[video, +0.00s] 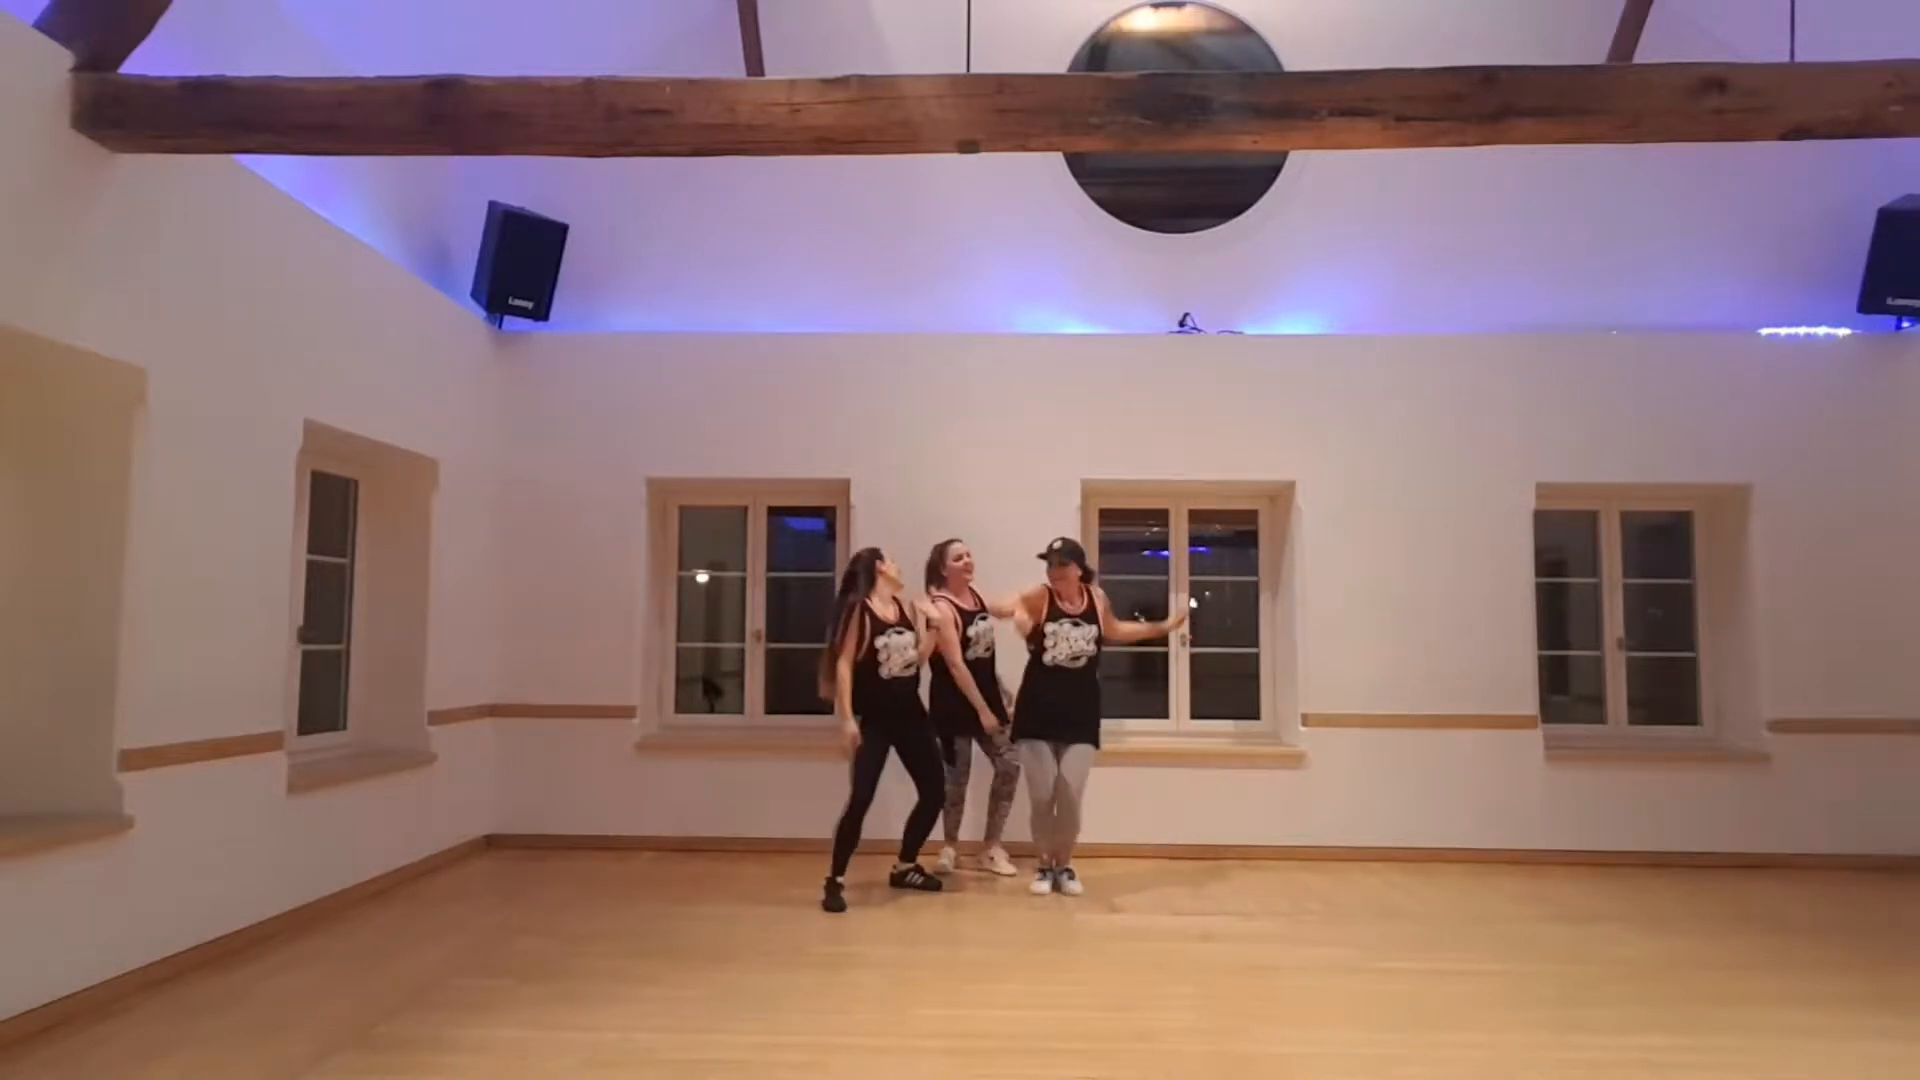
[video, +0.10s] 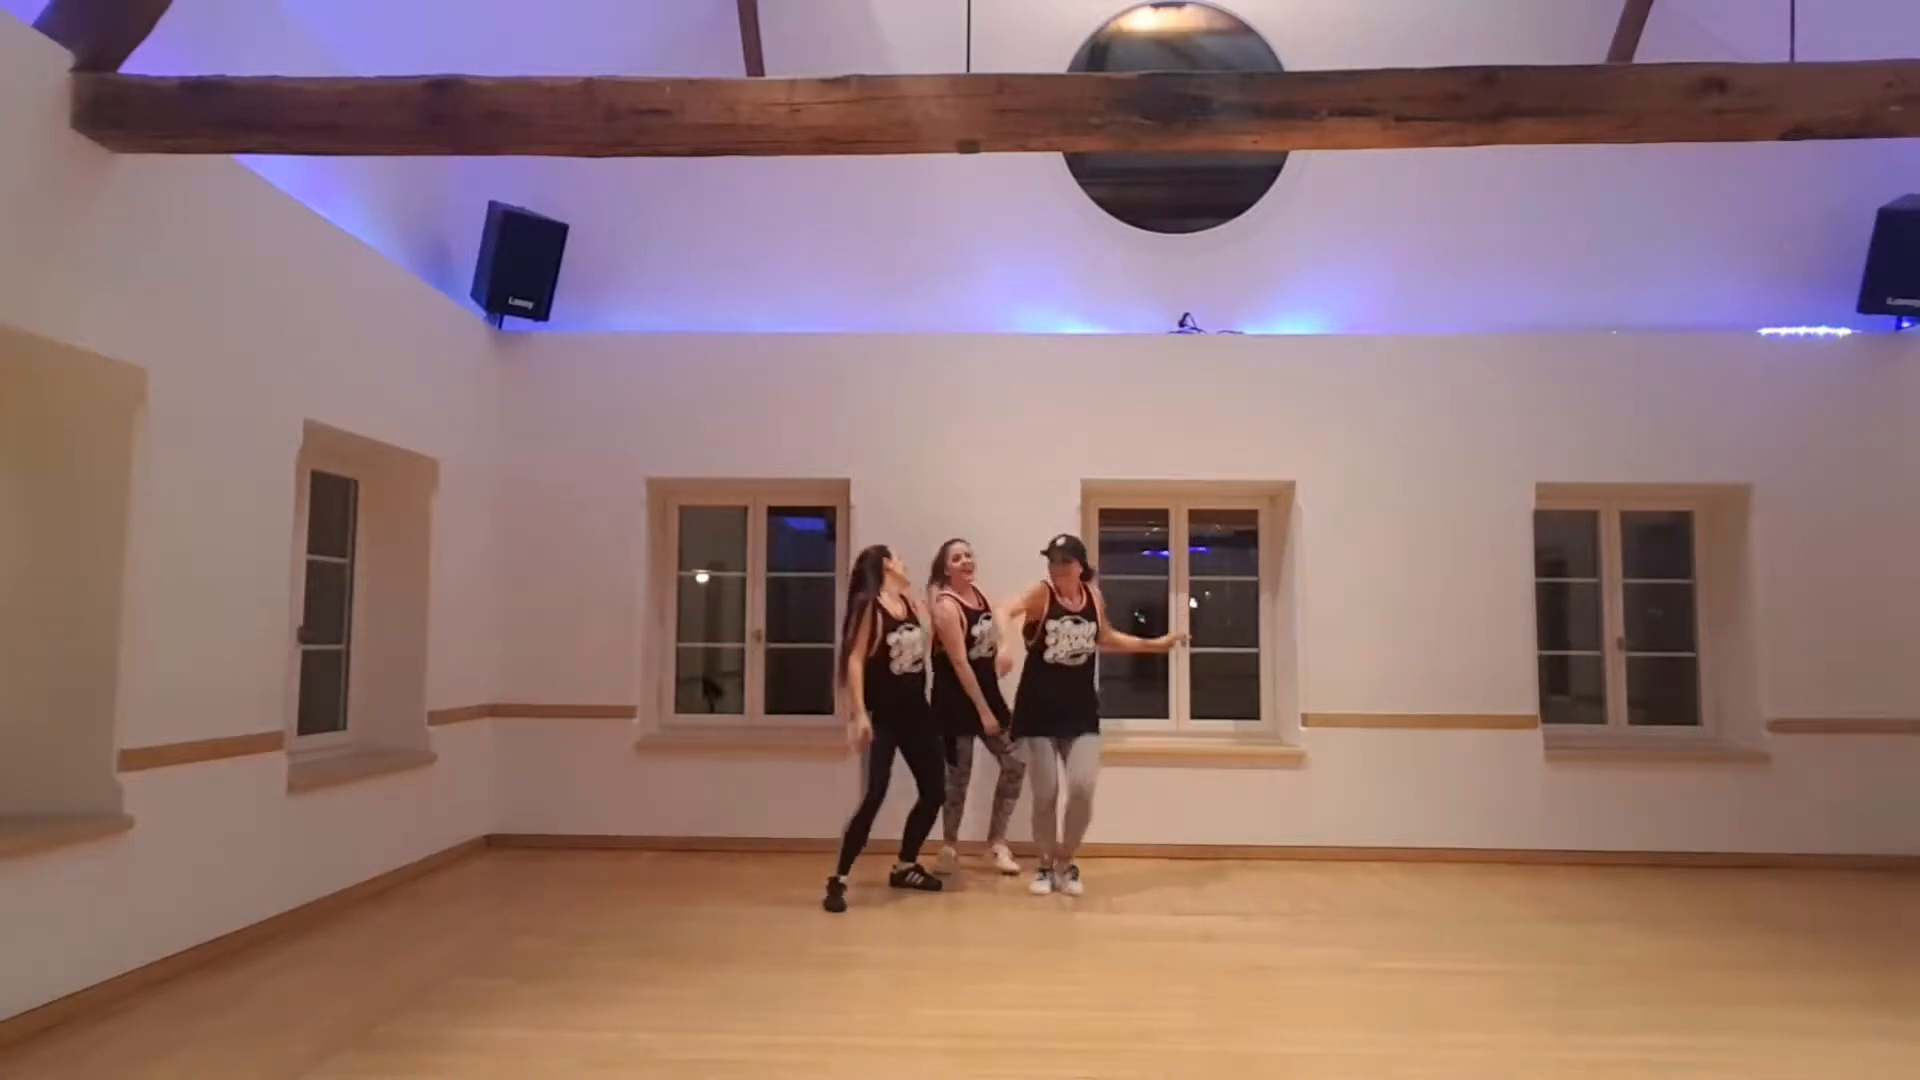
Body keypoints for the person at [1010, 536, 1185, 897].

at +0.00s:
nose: (1053, 573)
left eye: (1061, 567)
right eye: (1050, 567)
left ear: (1079, 568)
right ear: (1046, 568)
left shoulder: (1096, 597)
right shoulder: (1039, 597)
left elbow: (1112, 632)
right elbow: (1008, 611)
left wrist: (1163, 628)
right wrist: (1019, 616)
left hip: (1081, 712)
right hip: (1037, 711)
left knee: (1070, 792)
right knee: (1041, 796)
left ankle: (1063, 866)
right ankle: (1045, 867)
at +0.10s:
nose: (1056, 571)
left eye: (1063, 565)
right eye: (1053, 565)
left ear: (1080, 566)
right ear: (1048, 565)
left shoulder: (1092, 596)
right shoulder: (1042, 595)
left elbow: (1104, 638)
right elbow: (1003, 611)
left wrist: (1156, 644)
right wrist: (1006, 645)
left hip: (1080, 710)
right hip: (1038, 709)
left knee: (1082, 787)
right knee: (1046, 791)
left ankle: (1064, 865)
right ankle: (1045, 867)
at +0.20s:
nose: (1060, 559)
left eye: (1067, 552)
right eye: (1056, 553)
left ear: (1082, 556)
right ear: (1049, 556)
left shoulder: (1090, 587)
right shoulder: (1041, 588)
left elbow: (1103, 630)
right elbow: (1002, 618)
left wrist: (1146, 626)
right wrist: (994, 662)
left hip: (1081, 701)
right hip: (1039, 703)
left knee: (1099, 771)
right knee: (1046, 788)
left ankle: (1084, 853)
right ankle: (1045, 867)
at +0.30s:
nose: (1059, 553)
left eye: (1067, 546)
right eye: (1055, 547)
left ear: (1082, 551)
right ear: (1049, 551)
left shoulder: (1093, 583)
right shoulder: (1041, 587)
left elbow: (1113, 611)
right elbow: (1001, 621)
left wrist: (1148, 587)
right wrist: (990, 675)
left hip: (1087, 695)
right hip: (1042, 699)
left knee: (1114, 767)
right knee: (1047, 786)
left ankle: (1110, 854)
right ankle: (1045, 866)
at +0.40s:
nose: (1058, 551)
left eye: (1065, 545)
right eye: (1054, 546)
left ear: (1082, 550)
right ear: (1049, 550)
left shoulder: (1095, 582)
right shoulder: (1040, 587)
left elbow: (1133, 596)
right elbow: (1006, 633)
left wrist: (1146, 555)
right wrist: (998, 687)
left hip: (1093, 693)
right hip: (1047, 698)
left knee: (1121, 774)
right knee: (1048, 786)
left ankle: (1131, 858)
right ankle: (1045, 866)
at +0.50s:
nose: (1056, 559)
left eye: (1064, 553)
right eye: (1054, 553)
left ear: (1082, 556)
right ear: (1052, 557)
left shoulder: (1103, 587)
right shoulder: (1039, 595)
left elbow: (1151, 593)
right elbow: (1021, 647)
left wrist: (1145, 549)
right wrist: (1016, 703)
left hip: (1102, 700)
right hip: (1052, 704)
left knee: (1129, 784)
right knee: (1049, 789)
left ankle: (1138, 865)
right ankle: (1044, 866)